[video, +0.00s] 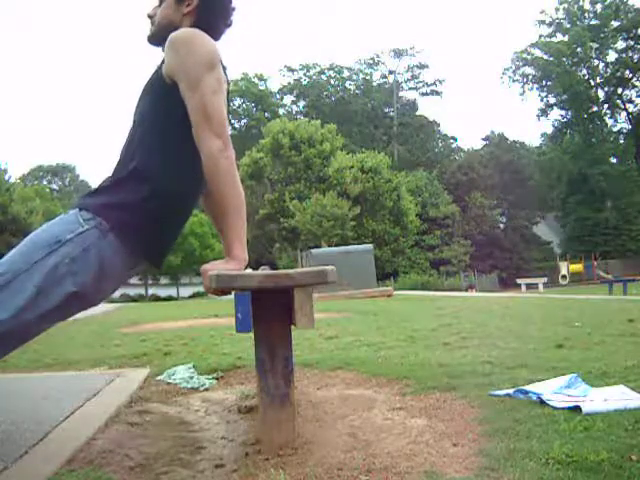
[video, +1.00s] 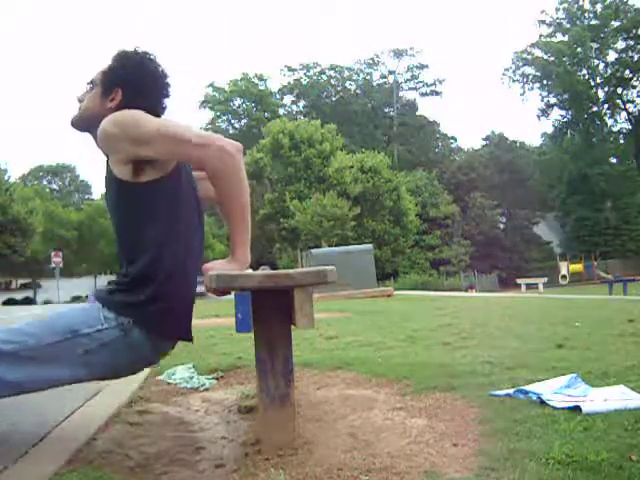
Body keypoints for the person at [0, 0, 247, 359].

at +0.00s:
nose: (152, 10)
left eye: (163, 2)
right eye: (158, 2)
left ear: (188, 7)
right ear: (187, 10)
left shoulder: (190, 44)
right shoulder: (190, 54)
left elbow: (217, 148)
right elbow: (208, 175)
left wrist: (237, 256)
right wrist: (236, 253)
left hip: (102, 231)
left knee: (4, 316)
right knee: (4, 322)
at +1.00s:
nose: (81, 97)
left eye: (91, 87)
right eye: (87, 86)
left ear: (113, 98)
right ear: (113, 98)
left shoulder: (119, 127)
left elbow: (224, 153)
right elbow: (232, 153)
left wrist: (240, 257)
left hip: (131, 323)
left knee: (3, 351)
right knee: (6, 345)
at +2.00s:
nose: (70, 70)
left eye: (81, 59)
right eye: (76, 59)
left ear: (107, 68)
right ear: (107, 69)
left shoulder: (117, 100)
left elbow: (217, 153)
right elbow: (206, 192)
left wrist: (238, 257)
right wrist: (238, 253)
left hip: (120, 290)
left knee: (2, 328)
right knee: (4, 324)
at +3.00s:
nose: (73, 45)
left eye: (83, 33)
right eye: (78, 34)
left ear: (109, 40)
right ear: (110, 41)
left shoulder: (123, 76)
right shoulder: (135, 82)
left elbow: (201, 150)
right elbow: (209, 152)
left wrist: (234, 253)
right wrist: (233, 247)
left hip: (112, 265)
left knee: (4, 316)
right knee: (6, 321)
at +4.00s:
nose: (62, 81)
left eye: (72, 69)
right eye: (68, 69)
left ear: (99, 76)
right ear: (100, 77)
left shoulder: (110, 109)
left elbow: (212, 153)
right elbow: (202, 187)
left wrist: (237, 257)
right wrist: (240, 250)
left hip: (120, 293)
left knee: (2, 316)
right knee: (5, 311)